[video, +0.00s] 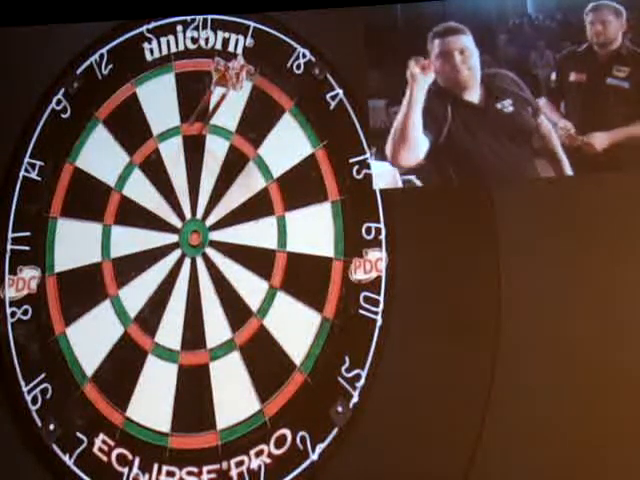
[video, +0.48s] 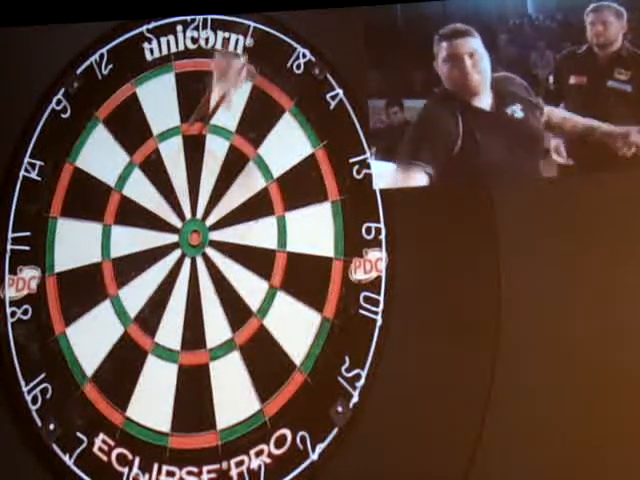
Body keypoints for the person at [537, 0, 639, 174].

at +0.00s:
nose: (597, 29)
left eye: (604, 22)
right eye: (592, 23)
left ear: (623, 25)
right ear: (585, 28)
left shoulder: (634, 62)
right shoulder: (568, 60)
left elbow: (637, 125)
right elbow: (546, 102)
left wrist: (608, 138)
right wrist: (559, 123)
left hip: (624, 171)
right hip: (578, 170)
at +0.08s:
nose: (597, 29)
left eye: (604, 22)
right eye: (592, 23)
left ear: (623, 25)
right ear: (585, 28)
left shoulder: (634, 62)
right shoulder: (568, 60)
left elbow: (637, 125)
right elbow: (546, 102)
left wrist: (608, 138)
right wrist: (559, 124)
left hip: (624, 171)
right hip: (577, 170)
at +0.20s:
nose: (597, 29)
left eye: (604, 22)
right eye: (592, 23)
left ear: (622, 25)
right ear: (586, 28)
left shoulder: (635, 63)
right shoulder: (568, 61)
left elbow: (637, 125)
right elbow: (549, 102)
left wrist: (614, 143)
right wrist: (558, 127)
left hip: (625, 172)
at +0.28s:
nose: (597, 29)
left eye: (604, 23)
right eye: (591, 23)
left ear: (622, 25)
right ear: (585, 28)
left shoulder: (635, 63)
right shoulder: (568, 61)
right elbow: (549, 104)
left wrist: (619, 146)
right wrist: (558, 132)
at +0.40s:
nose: (597, 29)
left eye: (604, 23)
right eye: (592, 23)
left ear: (623, 26)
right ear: (586, 28)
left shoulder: (635, 62)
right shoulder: (569, 61)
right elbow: (546, 105)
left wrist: (633, 154)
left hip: (626, 168)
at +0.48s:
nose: (597, 29)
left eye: (604, 23)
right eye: (592, 24)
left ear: (623, 26)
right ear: (586, 28)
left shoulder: (635, 63)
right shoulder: (568, 62)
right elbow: (551, 107)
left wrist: (633, 137)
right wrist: (554, 138)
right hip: (577, 170)